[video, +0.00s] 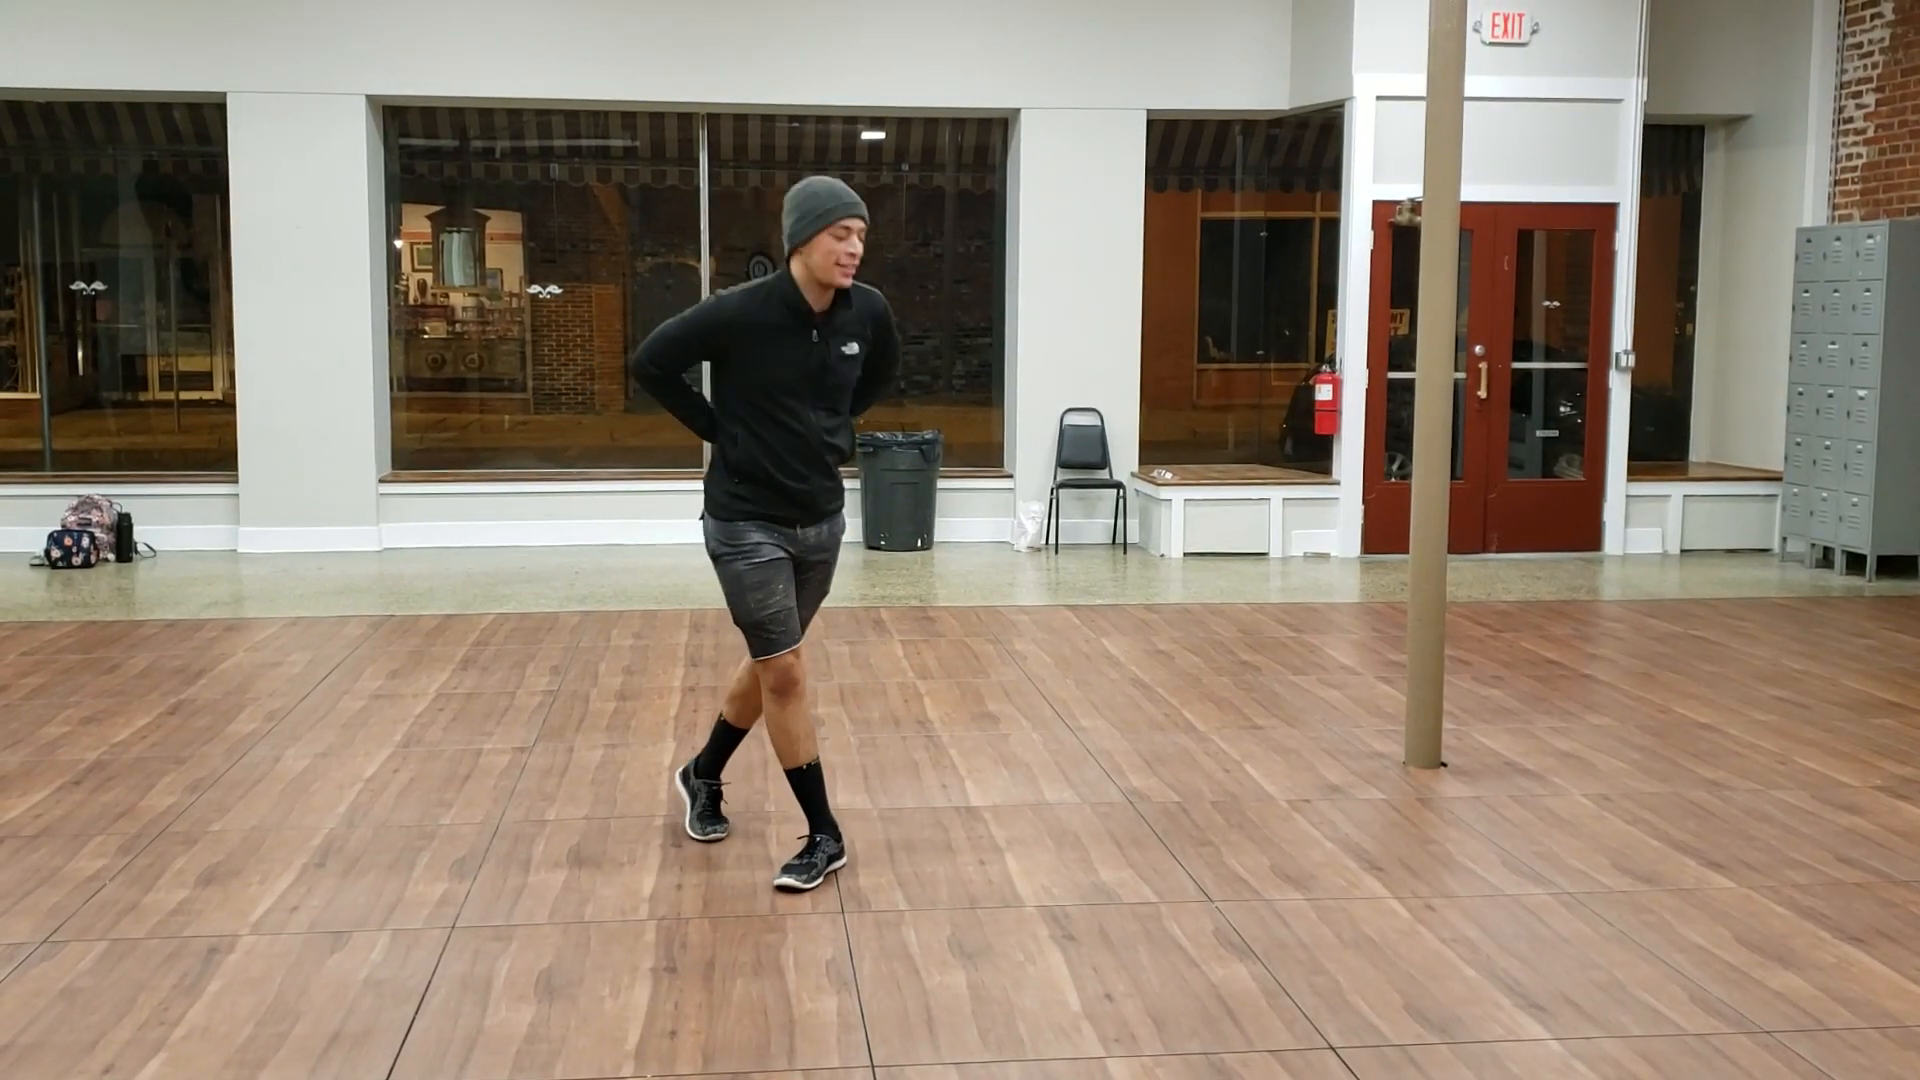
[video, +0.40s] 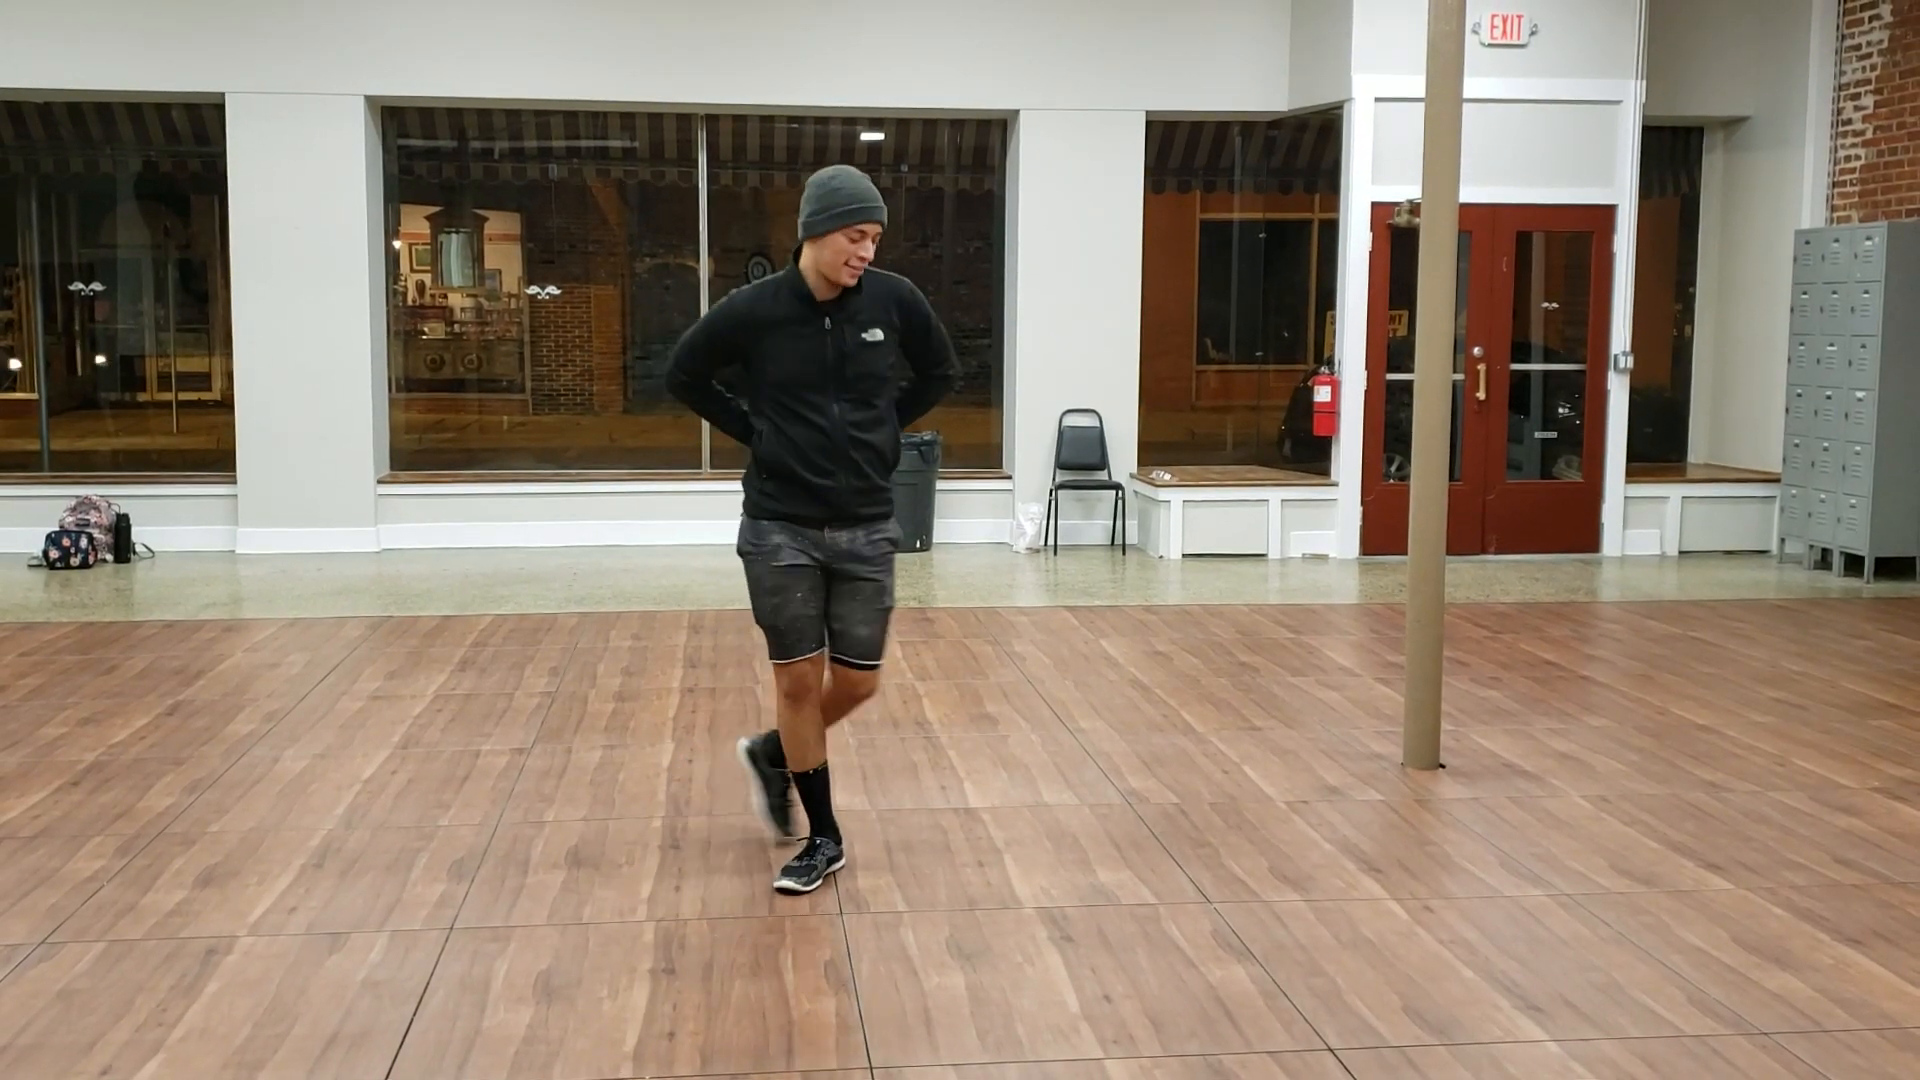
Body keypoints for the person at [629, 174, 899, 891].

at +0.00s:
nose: (853, 249)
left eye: (860, 239)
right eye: (840, 235)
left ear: (860, 248)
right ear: (800, 237)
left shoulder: (866, 311)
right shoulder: (740, 311)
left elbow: (881, 374)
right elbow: (651, 365)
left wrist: (837, 422)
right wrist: (719, 429)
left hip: (821, 522)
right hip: (744, 522)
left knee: (772, 664)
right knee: (785, 675)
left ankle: (703, 773)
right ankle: (824, 834)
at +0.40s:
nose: (863, 252)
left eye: (872, 239)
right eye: (851, 236)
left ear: (877, 241)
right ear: (811, 232)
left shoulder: (895, 300)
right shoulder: (754, 308)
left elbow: (939, 373)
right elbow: (684, 376)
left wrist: (881, 427)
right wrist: (759, 433)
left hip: (866, 525)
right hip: (781, 524)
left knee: (856, 681)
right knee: (799, 678)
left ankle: (773, 753)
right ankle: (823, 838)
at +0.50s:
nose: (867, 245)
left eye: (876, 232)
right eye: (855, 229)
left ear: (880, 237)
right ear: (814, 224)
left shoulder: (902, 297)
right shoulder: (754, 305)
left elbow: (959, 375)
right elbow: (701, 373)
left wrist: (895, 427)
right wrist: (769, 430)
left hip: (881, 523)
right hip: (789, 524)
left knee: (900, 672)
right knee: (804, 676)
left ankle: (851, 774)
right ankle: (822, 837)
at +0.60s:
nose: (872, 241)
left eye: (883, 229)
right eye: (861, 225)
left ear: (890, 234)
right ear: (824, 220)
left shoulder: (915, 297)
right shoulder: (764, 304)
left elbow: (978, 375)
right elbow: (720, 369)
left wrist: (914, 432)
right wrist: (780, 421)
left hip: (898, 523)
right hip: (802, 525)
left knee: (937, 676)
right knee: (811, 680)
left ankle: (947, 808)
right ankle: (824, 838)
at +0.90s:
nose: (918, 249)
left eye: (933, 236)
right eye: (906, 232)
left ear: (946, 247)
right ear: (878, 235)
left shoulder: (974, 320)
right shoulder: (839, 318)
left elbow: (1050, 406)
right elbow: (827, 382)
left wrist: (981, 458)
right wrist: (871, 433)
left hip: (953, 543)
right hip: (858, 538)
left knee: (1002, 695)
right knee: (819, 688)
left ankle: (1065, 841)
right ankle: (834, 826)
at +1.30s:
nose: (852, 205)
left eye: (868, 198)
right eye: (841, 192)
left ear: (884, 222)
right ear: (816, 210)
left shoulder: (912, 305)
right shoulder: (777, 297)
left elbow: (986, 397)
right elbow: (738, 350)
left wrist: (906, 448)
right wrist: (782, 408)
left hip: (874, 529)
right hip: (788, 527)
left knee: (885, 691)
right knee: (787, 680)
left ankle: (983, 817)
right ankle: (851, 817)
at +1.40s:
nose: (815, 207)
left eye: (830, 199)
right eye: (803, 196)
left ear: (850, 222)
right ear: (781, 216)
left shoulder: (886, 306)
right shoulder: (743, 301)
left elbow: (963, 390)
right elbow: (685, 358)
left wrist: (887, 450)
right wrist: (748, 415)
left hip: (845, 526)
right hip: (763, 526)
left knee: (802, 689)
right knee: (773, 691)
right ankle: (848, 822)